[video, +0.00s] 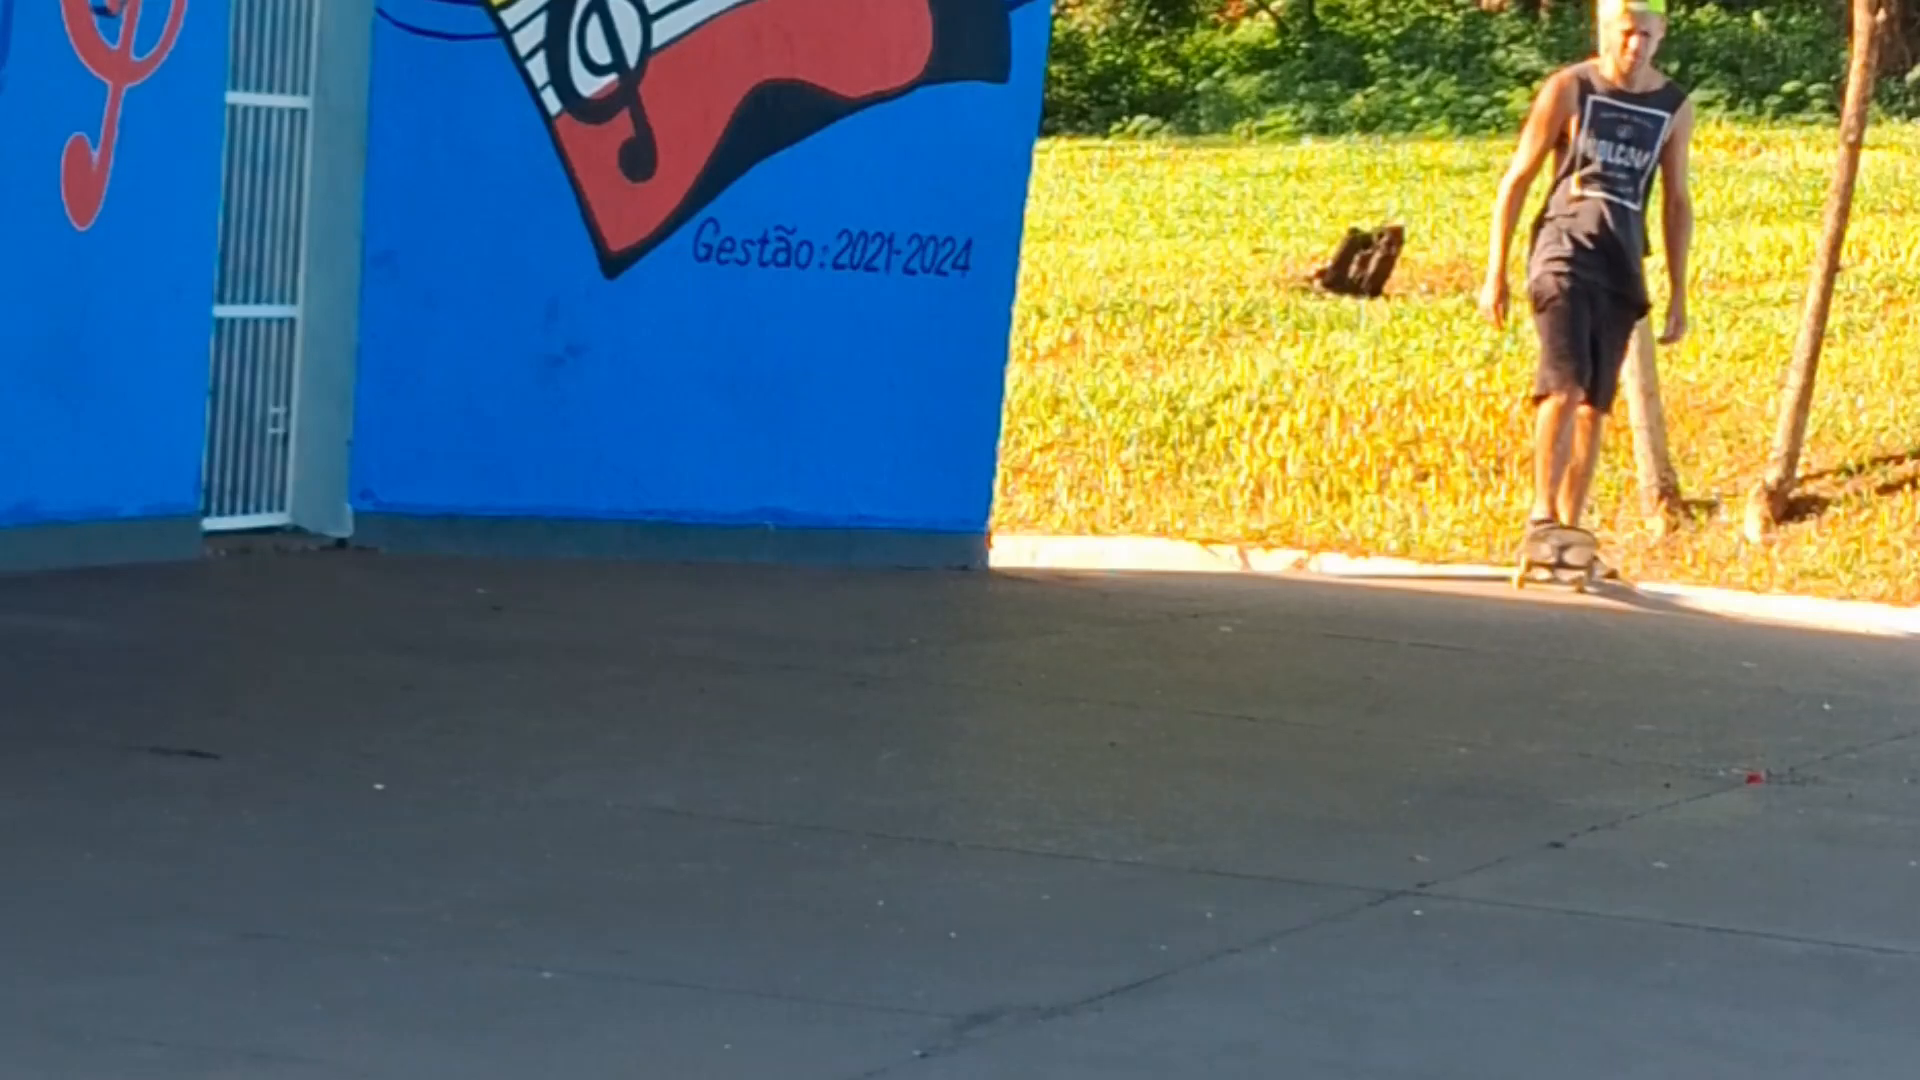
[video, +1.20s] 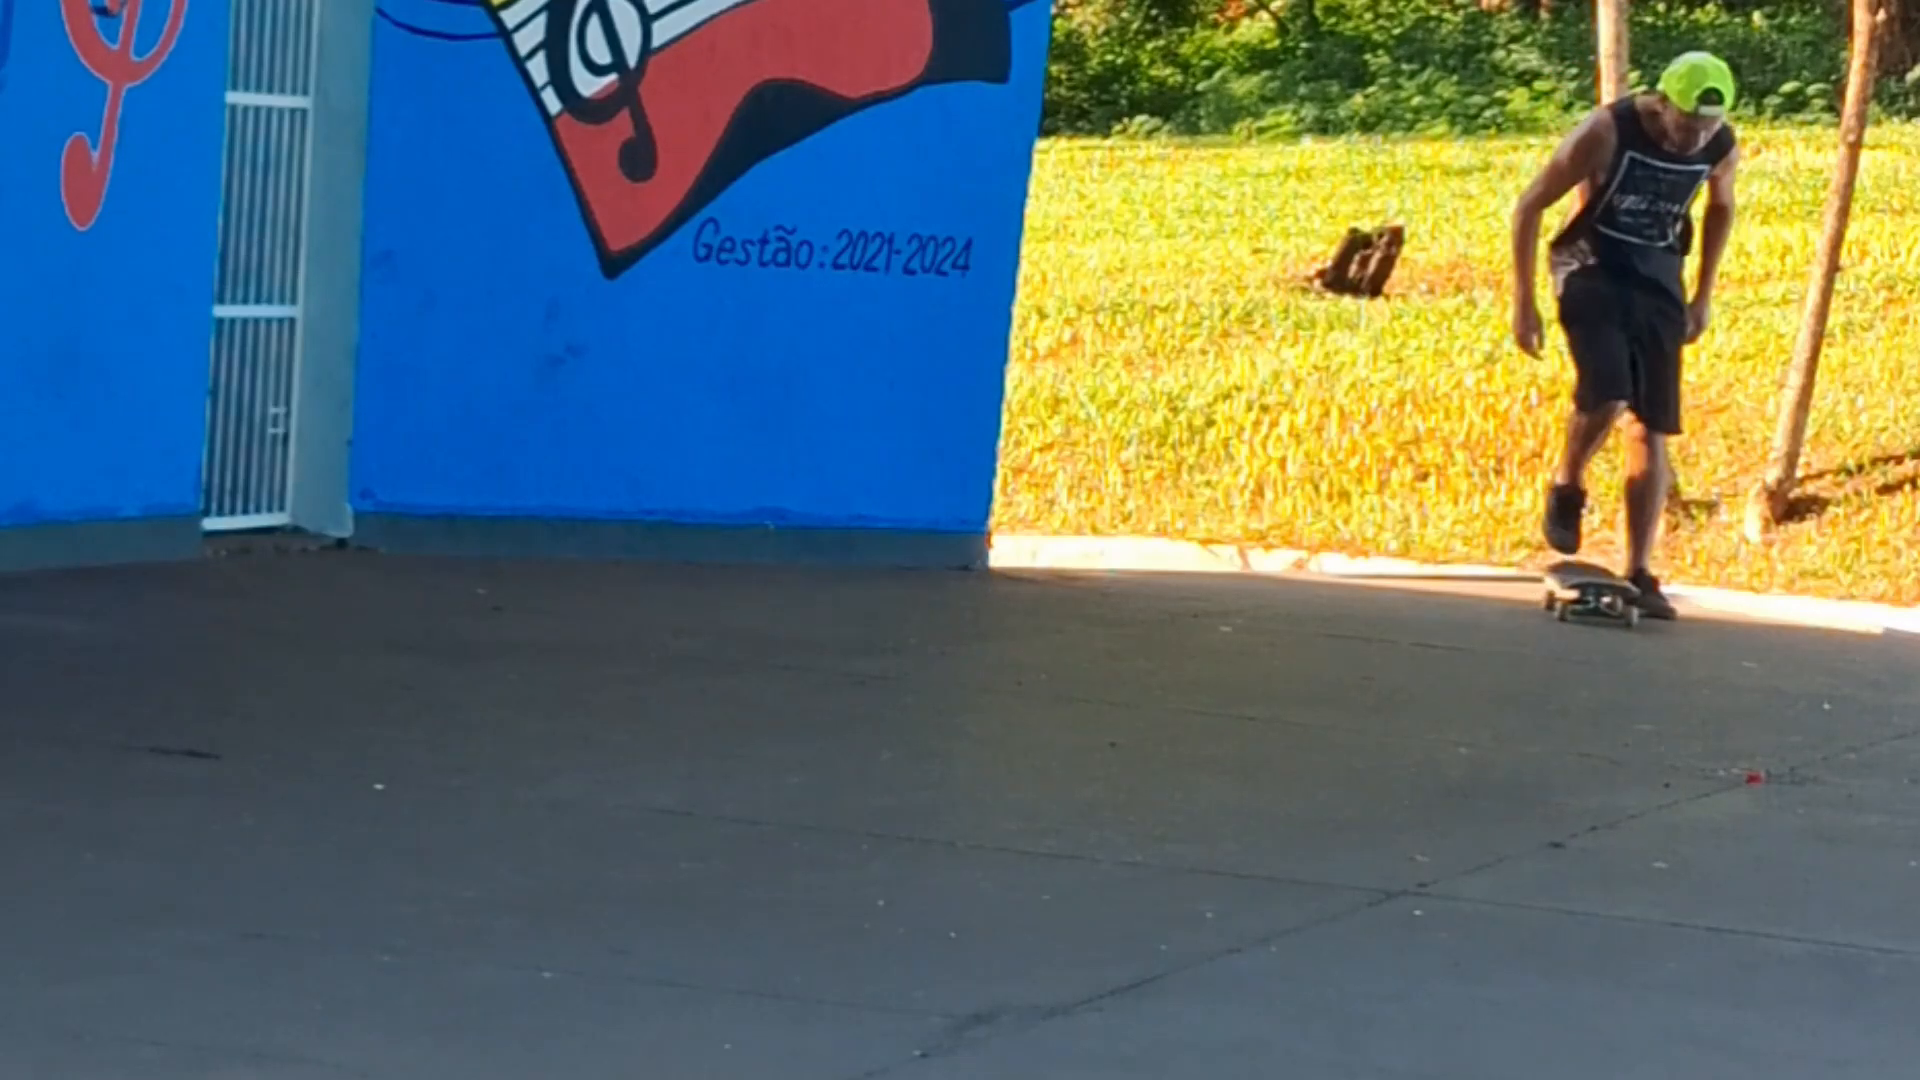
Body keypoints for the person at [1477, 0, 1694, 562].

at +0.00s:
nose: (1633, 43)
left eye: (1644, 33)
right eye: (1624, 30)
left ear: (1659, 37)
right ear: (1603, 29)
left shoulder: (1673, 105)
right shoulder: (1567, 88)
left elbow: (1676, 201)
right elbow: (1517, 180)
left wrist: (1677, 290)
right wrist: (1496, 271)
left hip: (1623, 263)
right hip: (1564, 251)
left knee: (1594, 405)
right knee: (1563, 391)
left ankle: (1573, 527)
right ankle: (1543, 519)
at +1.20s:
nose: (1699, 131)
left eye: (1710, 121)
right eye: (1689, 118)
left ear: (1721, 114)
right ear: (1662, 102)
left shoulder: (1720, 145)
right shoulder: (1607, 131)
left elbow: (1720, 209)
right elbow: (1529, 206)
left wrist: (1702, 295)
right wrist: (1524, 304)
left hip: (1658, 276)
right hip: (1591, 263)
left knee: (1650, 430)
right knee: (1607, 394)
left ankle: (1639, 572)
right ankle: (1568, 484)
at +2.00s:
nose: (1804, 116)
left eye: (1813, 108)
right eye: (1803, 102)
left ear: (1781, 83)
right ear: (1772, 74)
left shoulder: (1751, 120)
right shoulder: (1682, 91)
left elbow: (1676, 180)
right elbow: (1569, 153)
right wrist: (1578, 260)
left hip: (1650, 267)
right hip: (1597, 255)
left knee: (1676, 410)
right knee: (1632, 405)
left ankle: (1614, 570)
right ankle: (1591, 574)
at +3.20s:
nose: (1821, 210)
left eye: (1835, 204)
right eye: (1832, 194)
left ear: (1811, 149)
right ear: (1812, 151)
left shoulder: (1730, 167)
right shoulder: (1717, 143)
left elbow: (1608, 231)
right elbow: (1595, 203)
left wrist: (1600, 331)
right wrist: (1591, 334)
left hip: (1558, 268)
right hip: (1518, 260)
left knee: (1637, 439)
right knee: (1597, 441)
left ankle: (1568, 623)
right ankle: (1543, 632)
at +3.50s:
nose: (1790, 230)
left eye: (1804, 225)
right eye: (1801, 215)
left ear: (1785, 177)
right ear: (1784, 172)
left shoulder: (1700, 185)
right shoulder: (1693, 157)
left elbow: (1572, 249)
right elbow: (1561, 217)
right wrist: (1554, 357)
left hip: (1514, 266)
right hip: (1474, 254)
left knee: (1598, 439)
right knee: (1565, 438)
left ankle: (1521, 633)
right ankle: (1466, 621)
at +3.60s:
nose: (1776, 238)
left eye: (1790, 233)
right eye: (1787, 222)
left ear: (1773, 182)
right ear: (1771, 178)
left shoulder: (1683, 190)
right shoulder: (1679, 161)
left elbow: (1556, 264)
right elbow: (1547, 227)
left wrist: (1481, 398)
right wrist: (1533, 368)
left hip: (1499, 267)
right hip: (1455, 254)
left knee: (1578, 443)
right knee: (1549, 442)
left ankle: (1500, 640)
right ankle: (1448, 629)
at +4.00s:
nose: (1702, 281)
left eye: (1717, 276)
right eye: (1716, 267)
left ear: (1696, 217)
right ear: (1699, 223)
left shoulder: (1614, 210)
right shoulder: (1608, 205)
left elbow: (1490, 308)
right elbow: (1490, 297)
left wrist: (1424, 480)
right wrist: (1482, 449)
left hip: (1405, 275)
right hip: (1364, 270)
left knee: (1518, 445)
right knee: (1478, 469)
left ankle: (1416, 651)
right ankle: (1351, 641)